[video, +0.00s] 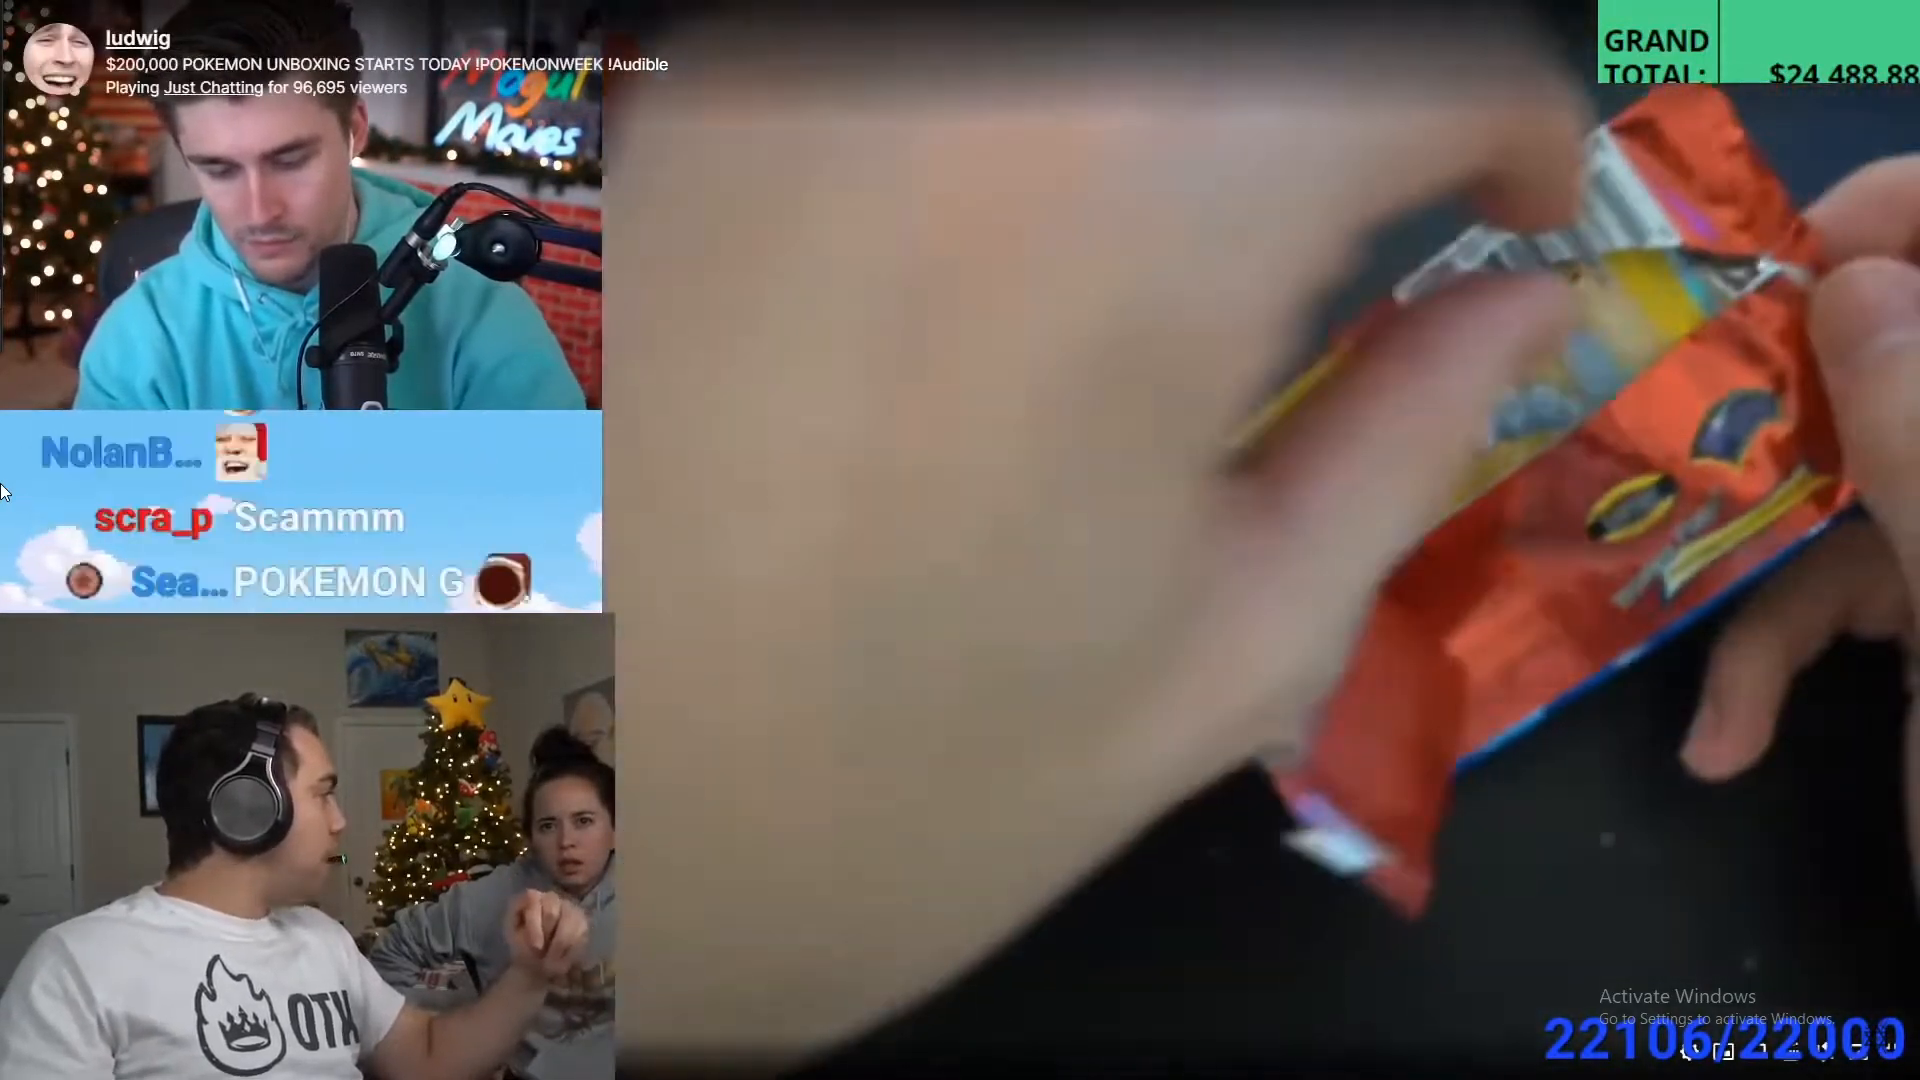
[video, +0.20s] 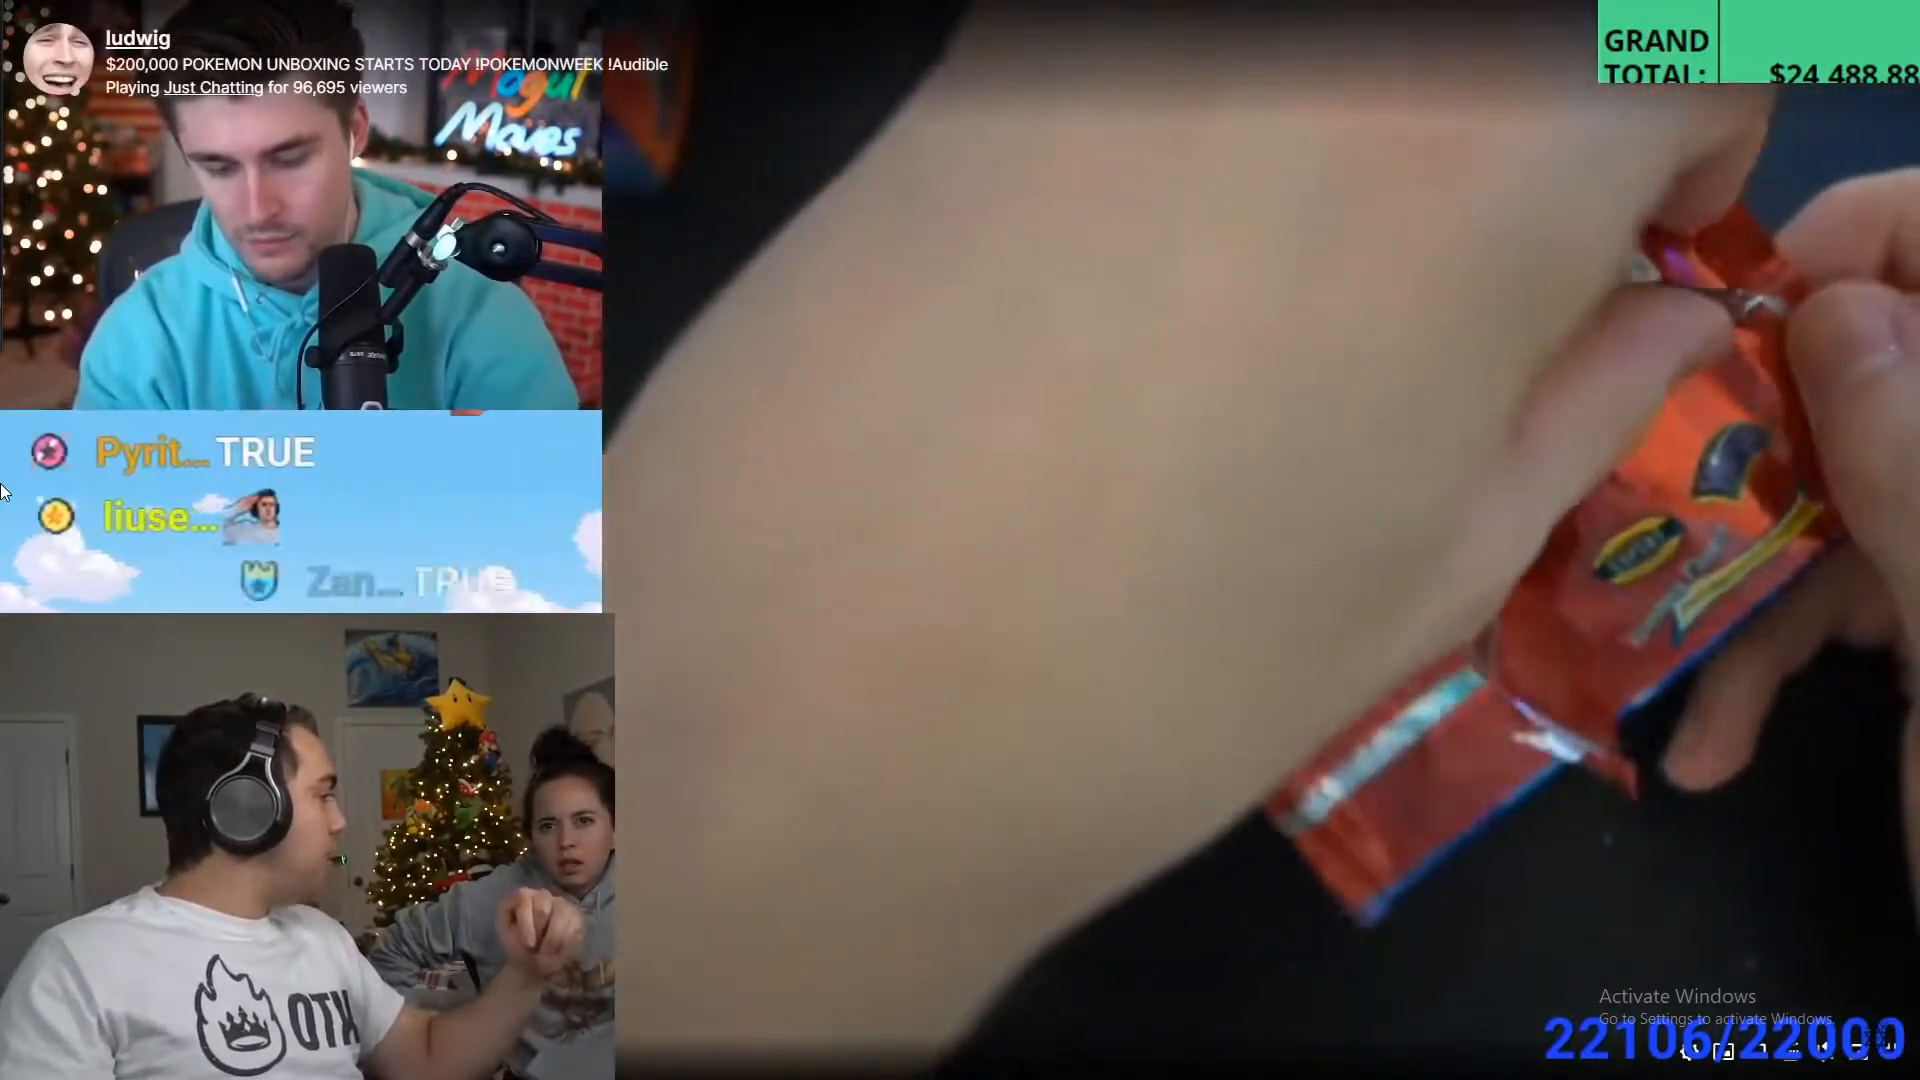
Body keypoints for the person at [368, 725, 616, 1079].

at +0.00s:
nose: (566, 842)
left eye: (584, 822)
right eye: (548, 826)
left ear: (615, 830)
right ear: (531, 837)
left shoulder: (642, 897)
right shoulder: (485, 901)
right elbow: (389, 956)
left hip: (615, 1070)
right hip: (527, 1072)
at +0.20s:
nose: (566, 842)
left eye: (584, 822)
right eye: (548, 826)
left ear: (614, 830)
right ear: (531, 837)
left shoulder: (642, 894)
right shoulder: (488, 900)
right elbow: (390, 953)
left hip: (616, 1068)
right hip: (532, 1071)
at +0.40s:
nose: (566, 842)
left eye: (584, 821)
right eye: (548, 826)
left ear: (615, 830)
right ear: (531, 837)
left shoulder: (642, 895)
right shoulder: (487, 900)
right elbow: (390, 953)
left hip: (616, 1068)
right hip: (532, 1071)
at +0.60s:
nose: (566, 842)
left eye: (584, 821)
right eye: (548, 826)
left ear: (615, 830)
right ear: (531, 837)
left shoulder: (642, 893)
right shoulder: (499, 896)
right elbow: (389, 955)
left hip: (613, 1067)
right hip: (523, 1070)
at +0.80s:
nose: (566, 841)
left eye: (584, 821)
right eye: (548, 826)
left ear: (613, 831)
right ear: (531, 837)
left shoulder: (643, 893)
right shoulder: (493, 899)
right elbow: (389, 956)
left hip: (625, 1067)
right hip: (532, 1071)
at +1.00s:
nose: (566, 841)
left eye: (584, 821)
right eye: (548, 825)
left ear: (613, 830)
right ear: (531, 837)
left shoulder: (643, 897)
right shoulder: (490, 900)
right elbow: (390, 954)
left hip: (630, 1069)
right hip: (534, 1072)